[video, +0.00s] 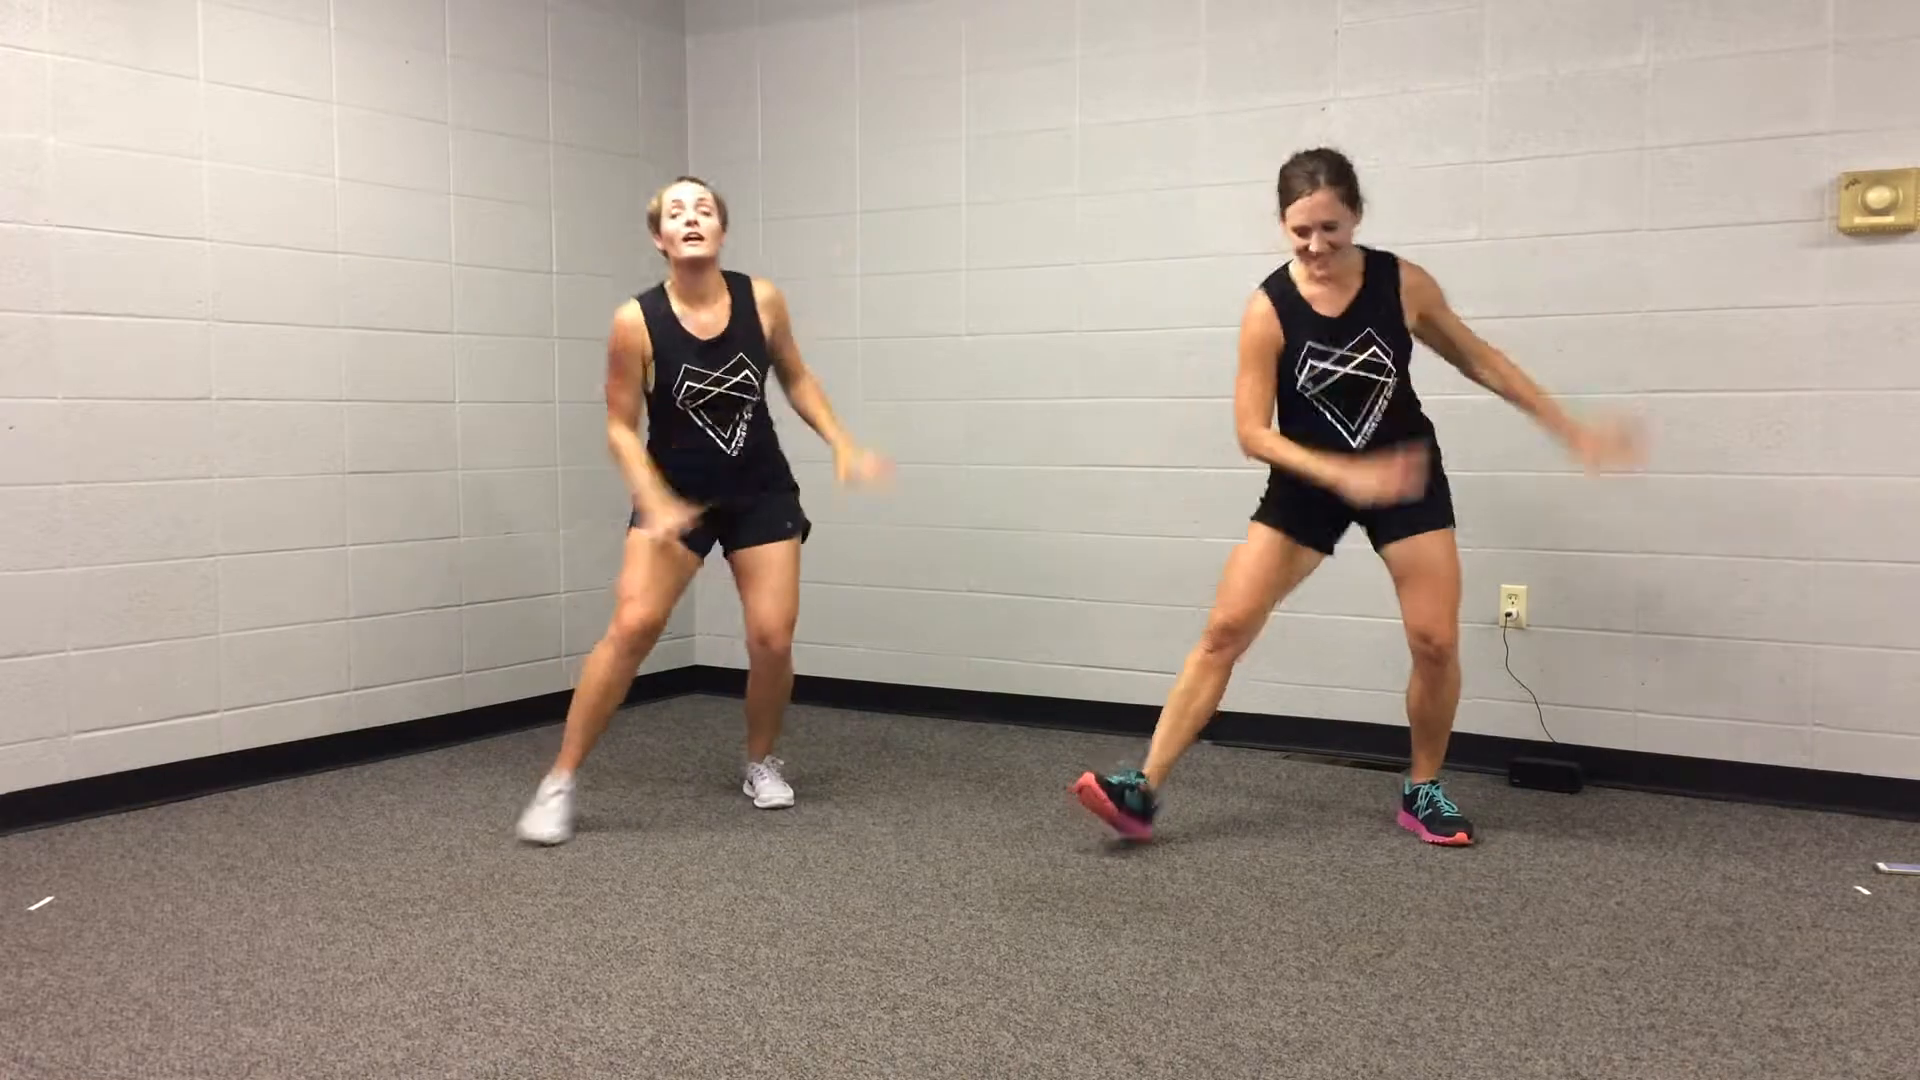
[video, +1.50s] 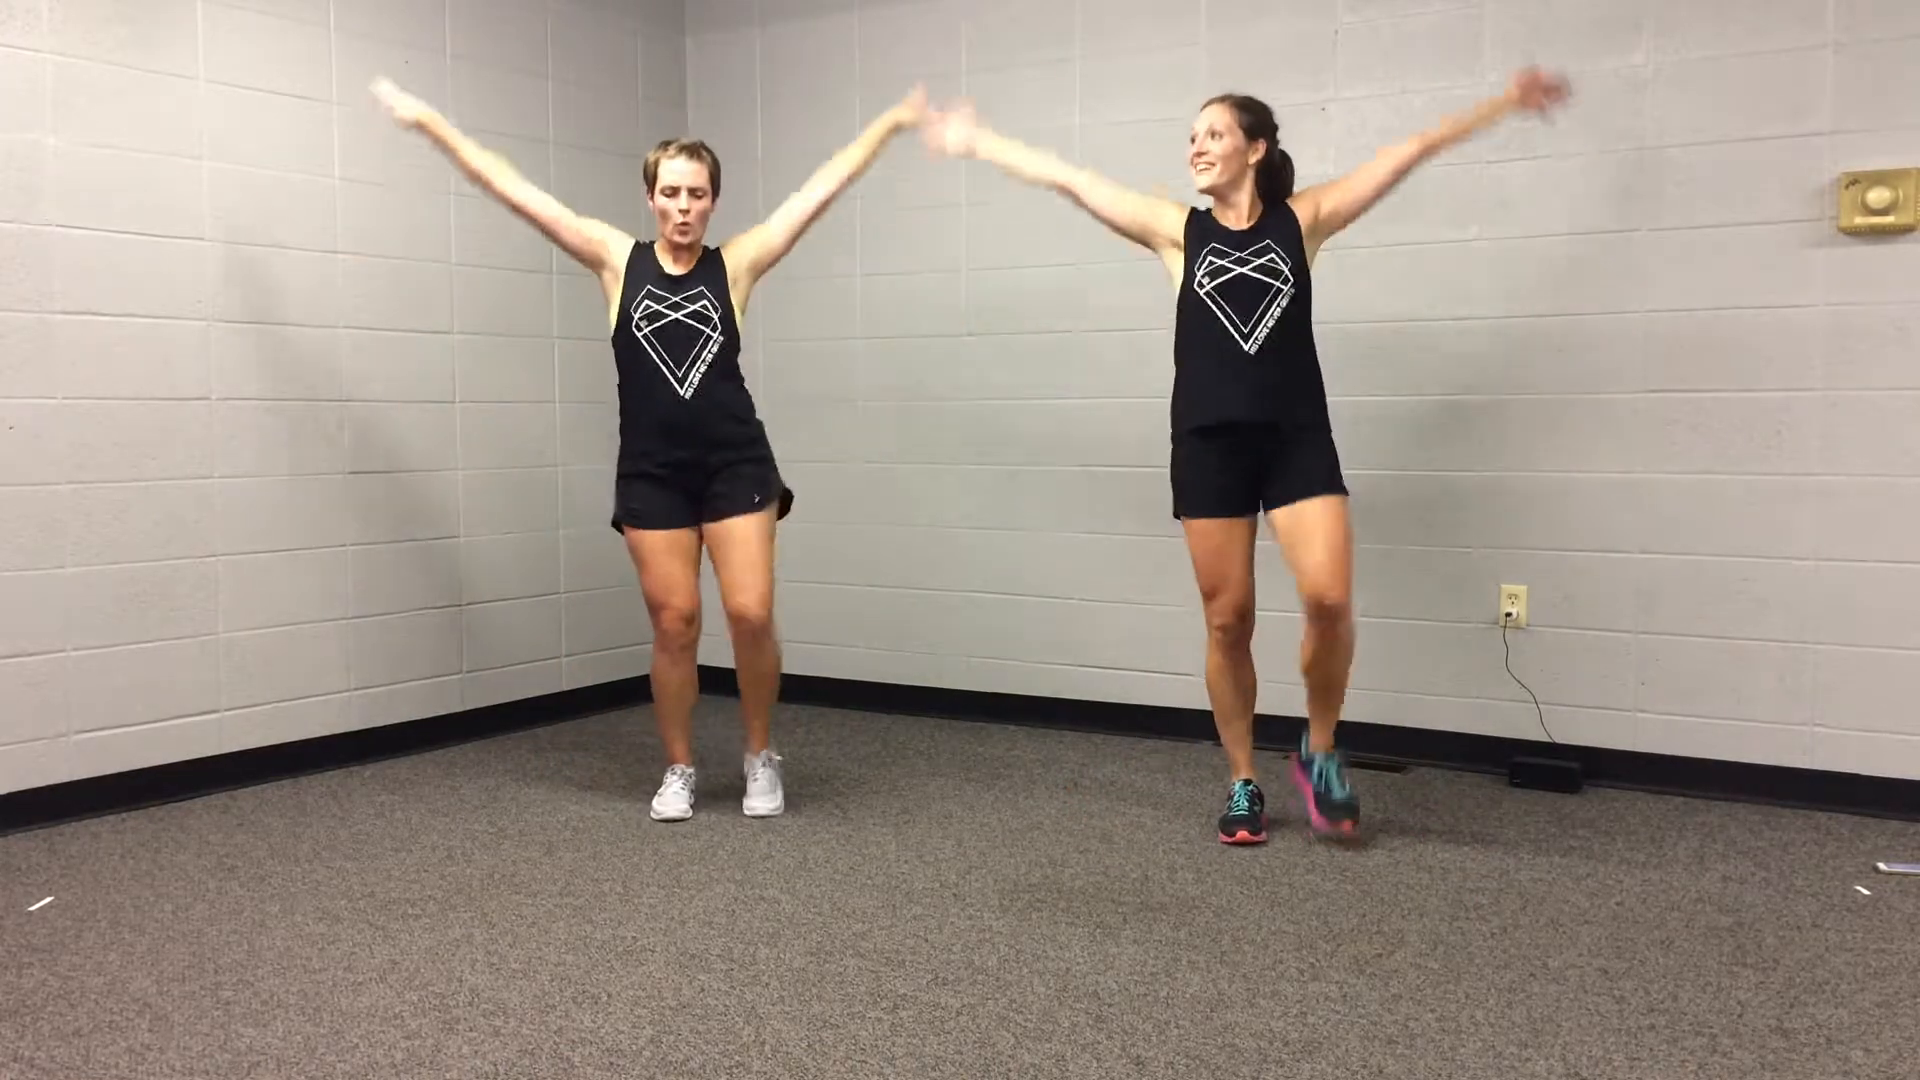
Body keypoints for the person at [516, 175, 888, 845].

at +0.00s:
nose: (690, 218)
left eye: (702, 210)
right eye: (676, 211)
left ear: (723, 232)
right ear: (658, 237)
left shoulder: (761, 301)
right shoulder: (636, 321)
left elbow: (796, 377)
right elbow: (620, 423)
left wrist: (841, 442)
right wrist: (655, 499)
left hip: (760, 488)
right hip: (676, 493)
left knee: (773, 639)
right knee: (634, 624)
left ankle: (761, 764)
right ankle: (560, 781)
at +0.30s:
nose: (701, 185)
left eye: (715, 176)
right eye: (689, 176)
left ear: (737, 197)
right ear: (671, 198)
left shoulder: (773, 272)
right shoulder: (632, 269)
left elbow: (814, 323)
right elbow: (569, 313)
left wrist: (843, 356)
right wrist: (526, 350)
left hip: (749, 467)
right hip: (664, 469)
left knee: (749, 615)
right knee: (674, 618)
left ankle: (763, 760)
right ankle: (676, 768)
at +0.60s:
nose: (685, 235)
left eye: (698, 225)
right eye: (673, 223)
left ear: (715, 231)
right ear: (654, 225)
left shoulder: (745, 287)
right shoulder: (623, 314)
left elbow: (767, 381)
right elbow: (627, 417)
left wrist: (710, 341)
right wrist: (670, 374)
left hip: (719, 479)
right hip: (637, 482)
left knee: (755, 543)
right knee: (658, 625)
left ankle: (727, 654)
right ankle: (676, 767)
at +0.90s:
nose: (674, 216)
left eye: (688, 205)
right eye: (663, 202)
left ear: (705, 213)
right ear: (641, 205)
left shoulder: (730, 286)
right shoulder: (600, 284)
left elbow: (773, 374)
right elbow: (581, 381)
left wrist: (805, 441)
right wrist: (589, 464)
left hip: (736, 469)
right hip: (652, 475)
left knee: (732, 621)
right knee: (671, 625)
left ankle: (748, 759)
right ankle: (678, 769)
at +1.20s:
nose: (680, 220)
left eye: (693, 208)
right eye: (668, 207)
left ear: (710, 216)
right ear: (645, 214)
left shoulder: (742, 281)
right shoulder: (614, 289)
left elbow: (843, 297)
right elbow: (511, 324)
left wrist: (933, 307)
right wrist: (414, 345)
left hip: (721, 475)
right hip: (638, 480)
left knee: (765, 579)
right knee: (660, 628)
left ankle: (734, 701)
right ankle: (675, 770)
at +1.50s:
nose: (683, 206)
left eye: (695, 193)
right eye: (671, 193)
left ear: (714, 200)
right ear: (650, 198)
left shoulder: (736, 263)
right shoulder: (616, 257)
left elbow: (818, 191)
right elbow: (515, 190)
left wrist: (892, 120)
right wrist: (431, 122)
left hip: (734, 467)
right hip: (650, 471)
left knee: (751, 615)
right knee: (675, 620)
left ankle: (759, 756)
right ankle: (678, 768)